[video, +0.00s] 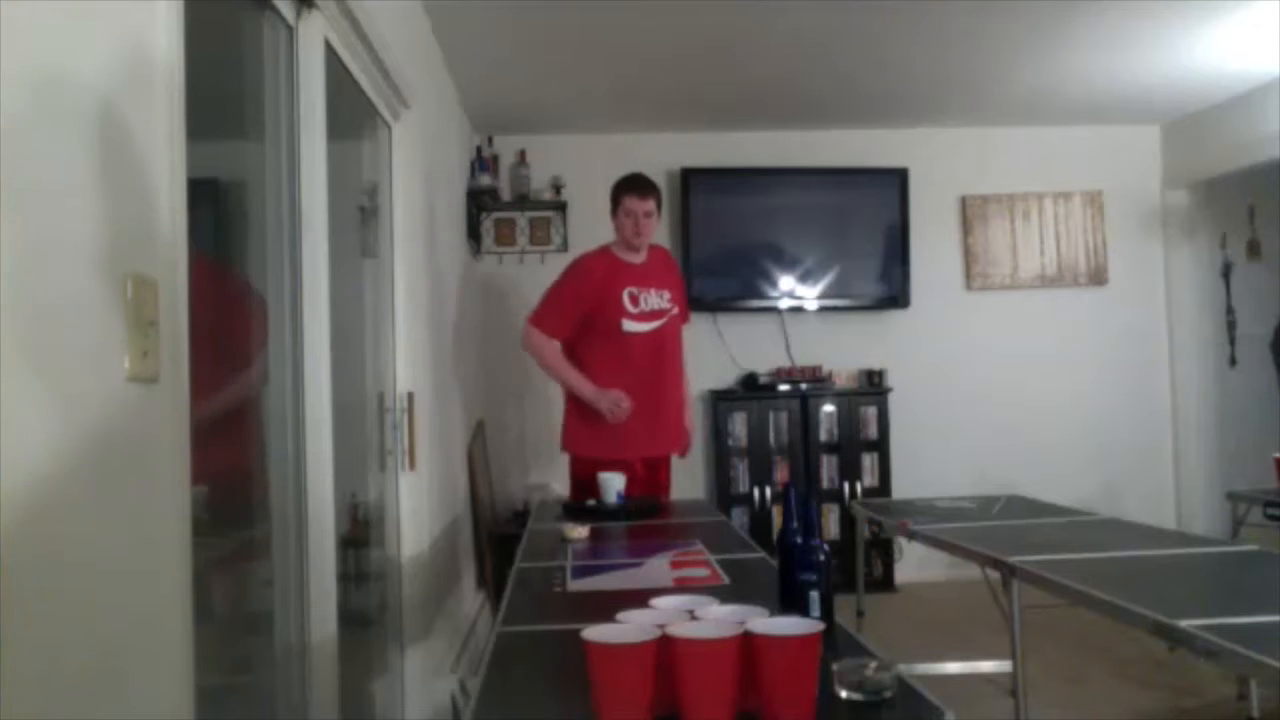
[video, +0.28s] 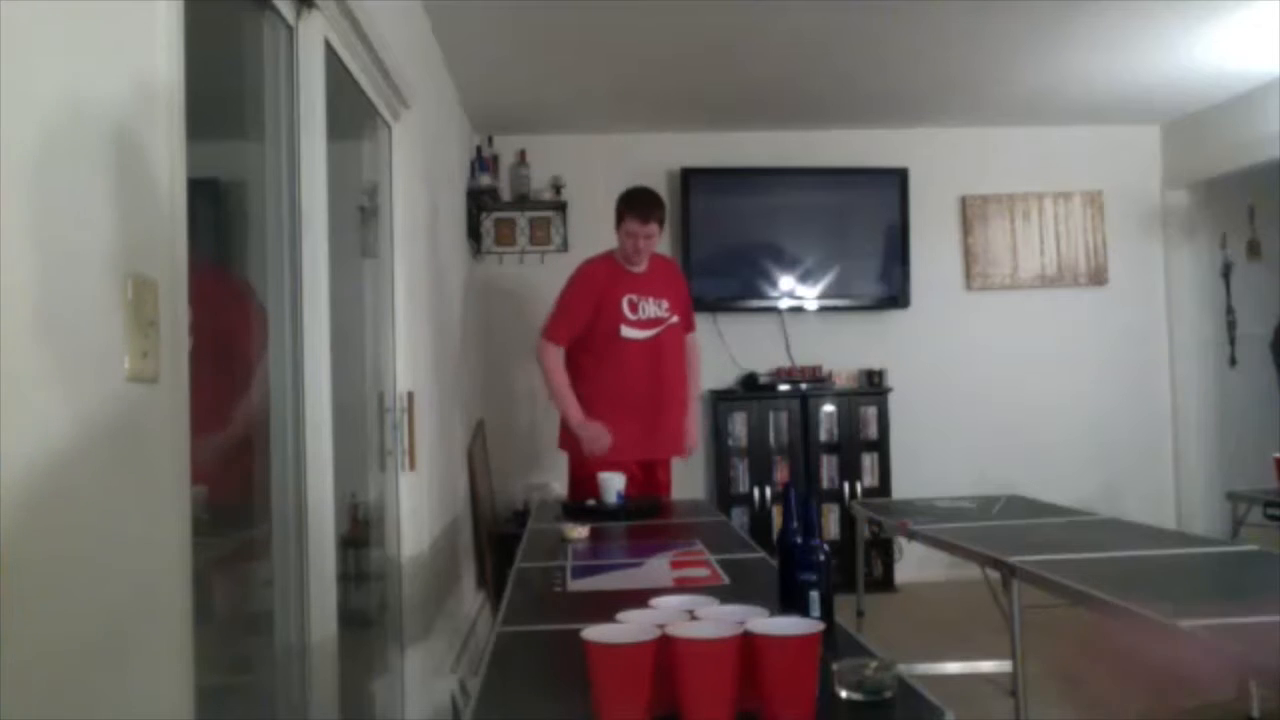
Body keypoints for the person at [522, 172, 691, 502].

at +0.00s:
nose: (639, 225)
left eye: (648, 216)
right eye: (629, 215)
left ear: (658, 219)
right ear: (614, 218)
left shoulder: (666, 266)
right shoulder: (590, 269)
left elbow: (674, 345)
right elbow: (536, 336)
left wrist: (683, 412)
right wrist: (593, 394)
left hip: (656, 439)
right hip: (599, 442)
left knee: (651, 546)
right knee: (600, 546)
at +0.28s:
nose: (639, 245)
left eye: (648, 237)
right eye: (631, 235)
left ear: (659, 234)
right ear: (618, 230)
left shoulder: (670, 275)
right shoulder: (593, 275)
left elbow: (688, 343)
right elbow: (549, 347)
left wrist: (689, 416)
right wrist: (578, 422)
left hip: (656, 441)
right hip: (602, 443)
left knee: (654, 546)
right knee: (600, 546)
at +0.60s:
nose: (640, 254)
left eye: (648, 245)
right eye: (631, 244)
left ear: (660, 241)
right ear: (618, 237)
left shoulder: (672, 281)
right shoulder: (592, 279)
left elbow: (685, 349)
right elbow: (575, 361)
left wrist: (685, 419)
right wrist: (591, 436)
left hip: (650, 439)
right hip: (600, 440)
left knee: (649, 540)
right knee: (603, 544)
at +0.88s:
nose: (633, 254)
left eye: (642, 245)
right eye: (624, 245)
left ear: (653, 241)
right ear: (610, 237)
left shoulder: (667, 280)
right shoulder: (587, 281)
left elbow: (675, 356)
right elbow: (578, 373)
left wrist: (670, 425)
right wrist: (599, 446)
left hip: (650, 442)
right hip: (599, 444)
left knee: (649, 543)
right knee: (604, 543)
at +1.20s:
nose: (625, 258)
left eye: (634, 249)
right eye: (616, 249)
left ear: (645, 242)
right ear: (602, 239)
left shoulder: (662, 277)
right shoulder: (578, 283)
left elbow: (677, 341)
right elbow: (558, 370)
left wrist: (667, 406)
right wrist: (594, 441)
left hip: (648, 440)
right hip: (590, 444)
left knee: (650, 540)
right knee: (595, 544)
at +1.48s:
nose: (626, 258)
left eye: (636, 249)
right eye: (618, 247)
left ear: (647, 243)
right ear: (604, 237)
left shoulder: (659, 279)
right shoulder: (573, 280)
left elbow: (679, 339)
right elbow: (548, 358)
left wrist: (669, 399)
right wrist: (586, 417)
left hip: (649, 435)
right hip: (592, 438)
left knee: (654, 537)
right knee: (597, 539)